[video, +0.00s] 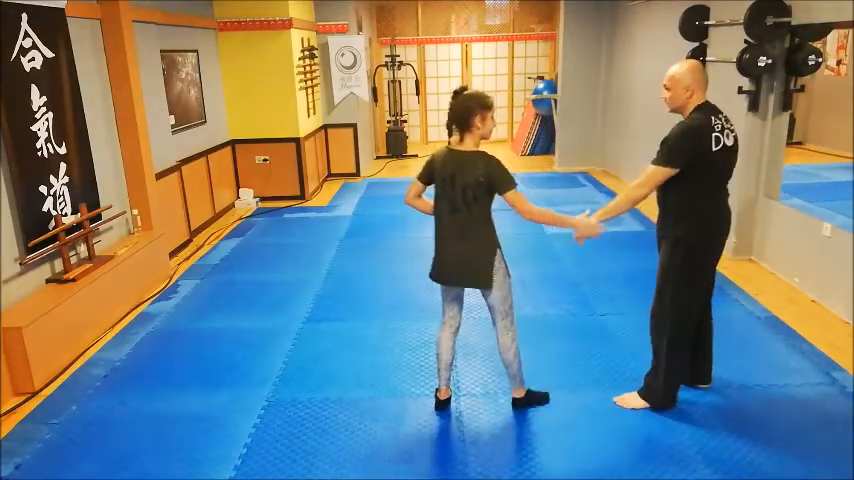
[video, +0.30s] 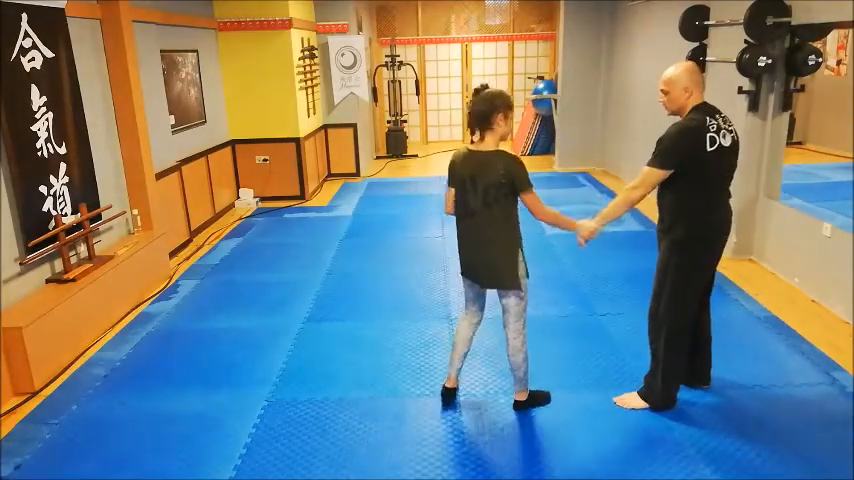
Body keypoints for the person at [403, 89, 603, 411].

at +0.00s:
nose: (494, 122)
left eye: (492, 116)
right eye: (489, 116)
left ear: (464, 121)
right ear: (475, 121)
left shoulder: (438, 159)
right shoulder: (489, 164)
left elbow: (411, 198)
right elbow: (527, 211)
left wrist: (443, 210)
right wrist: (575, 223)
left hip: (447, 255)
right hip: (485, 256)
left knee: (449, 320)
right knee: (504, 323)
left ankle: (442, 391)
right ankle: (519, 391)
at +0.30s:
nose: (512, 124)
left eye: (511, 118)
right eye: (510, 118)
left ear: (480, 120)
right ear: (498, 119)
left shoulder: (460, 159)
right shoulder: (510, 163)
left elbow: (450, 207)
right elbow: (540, 212)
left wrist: (482, 203)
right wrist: (577, 226)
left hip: (470, 254)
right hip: (505, 254)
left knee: (471, 314)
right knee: (514, 324)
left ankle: (450, 383)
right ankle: (522, 393)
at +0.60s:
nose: (508, 130)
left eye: (509, 123)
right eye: (507, 123)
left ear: (478, 121)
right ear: (496, 121)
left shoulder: (453, 157)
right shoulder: (503, 163)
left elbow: (440, 202)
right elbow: (537, 203)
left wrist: (472, 205)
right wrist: (572, 199)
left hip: (462, 252)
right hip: (497, 253)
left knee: (460, 318)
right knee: (506, 326)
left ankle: (451, 383)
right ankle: (520, 393)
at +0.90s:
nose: (504, 134)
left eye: (505, 128)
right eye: (502, 127)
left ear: (479, 123)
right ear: (488, 123)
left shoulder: (444, 157)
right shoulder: (492, 162)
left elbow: (425, 200)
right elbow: (544, 189)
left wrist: (458, 204)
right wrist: (590, 182)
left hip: (450, 250)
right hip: (480, 252)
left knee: (455, 316)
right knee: (501, 320)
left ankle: (451, 383)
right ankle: (516, 386)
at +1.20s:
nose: (516, 143)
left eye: (519, 138)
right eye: (516, 136)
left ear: (491, 128)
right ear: (499, 130)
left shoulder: (461, 155)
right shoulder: (492, 165)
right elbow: (535, 201)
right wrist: (580, 212)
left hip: (453, 247)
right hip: (481, 249)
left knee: (457, 314)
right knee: (510, 311)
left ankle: (451, 383)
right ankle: (517, 381)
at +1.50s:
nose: (531, 163)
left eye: (537, 158)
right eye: (527, 156)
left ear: (543, 153)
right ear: (514, 148)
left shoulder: (524, 170)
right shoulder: (504, 175)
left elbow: (528, 202)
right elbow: (522, 221)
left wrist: (534, 219)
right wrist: (556, 243)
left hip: (508, 239)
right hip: (490, 240)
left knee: (509, 306)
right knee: (523, 310)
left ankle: (465, 352)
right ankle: (522, 376)